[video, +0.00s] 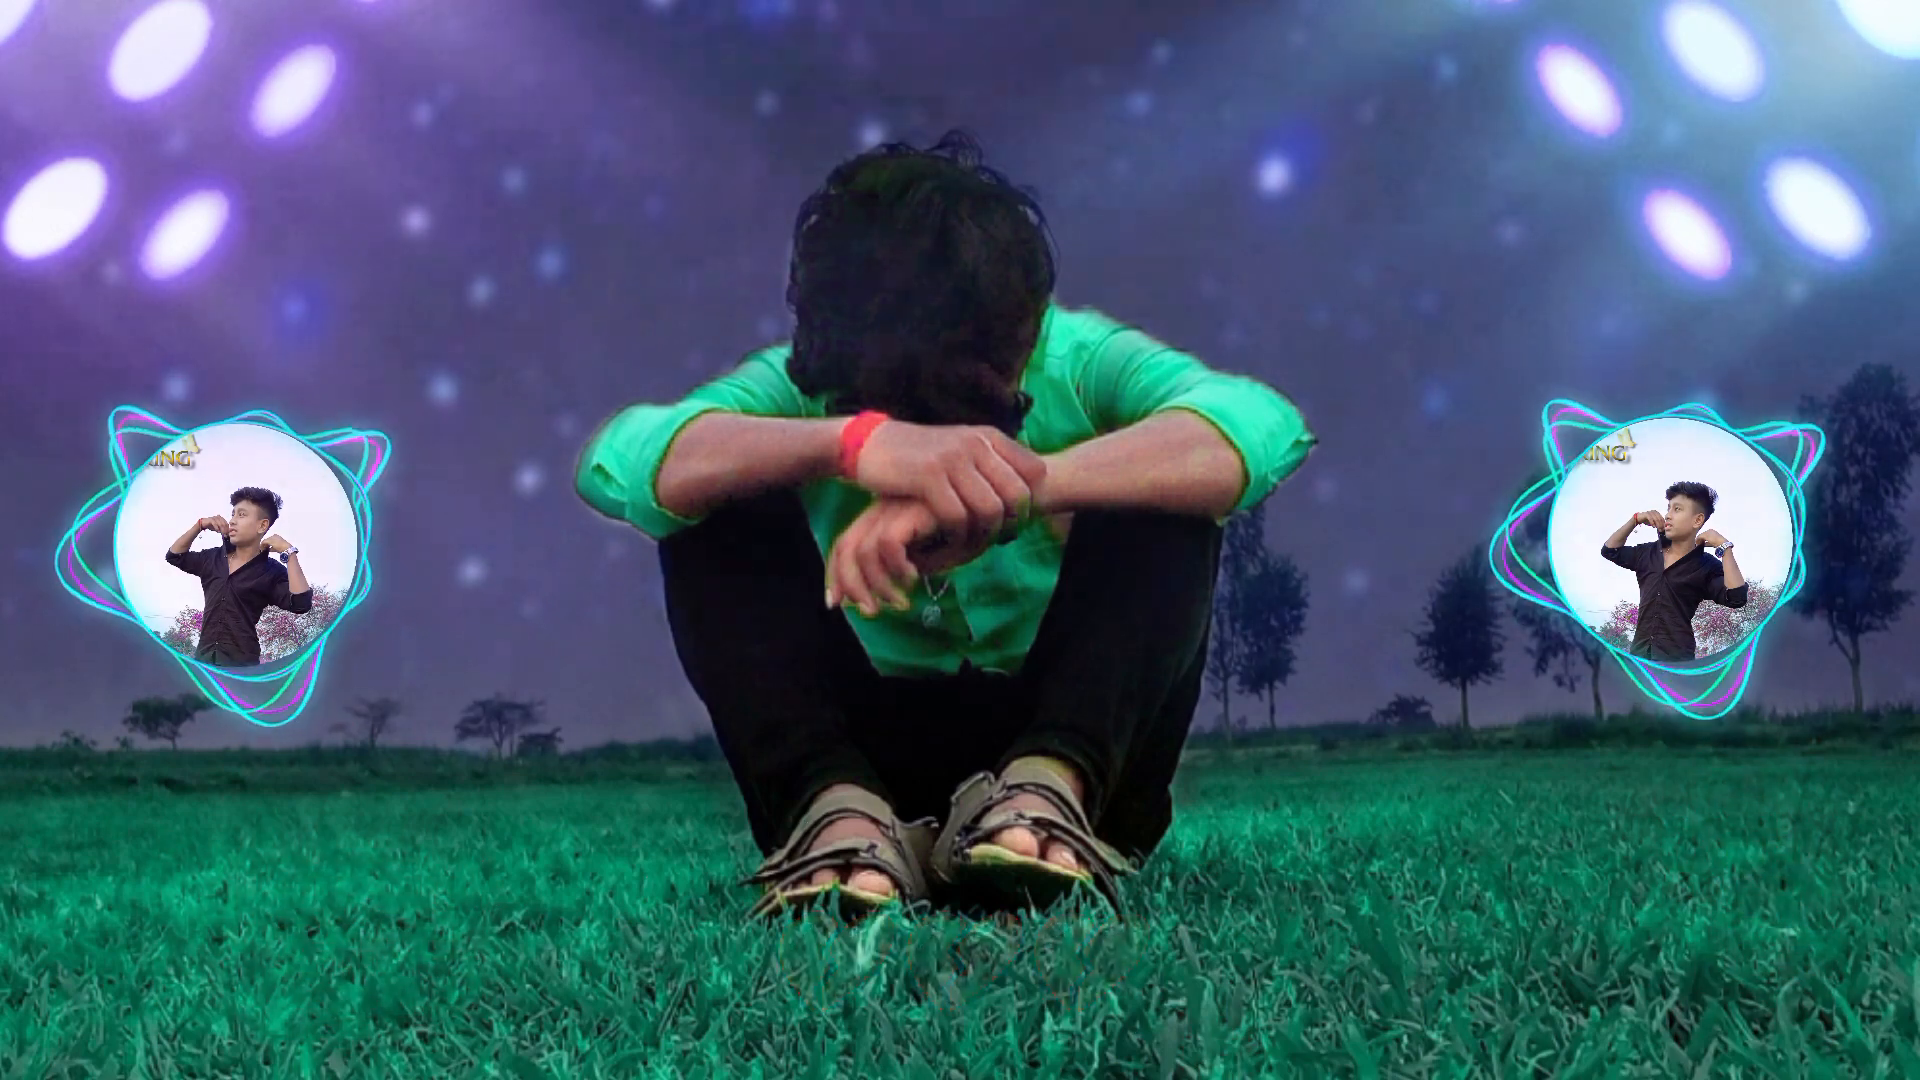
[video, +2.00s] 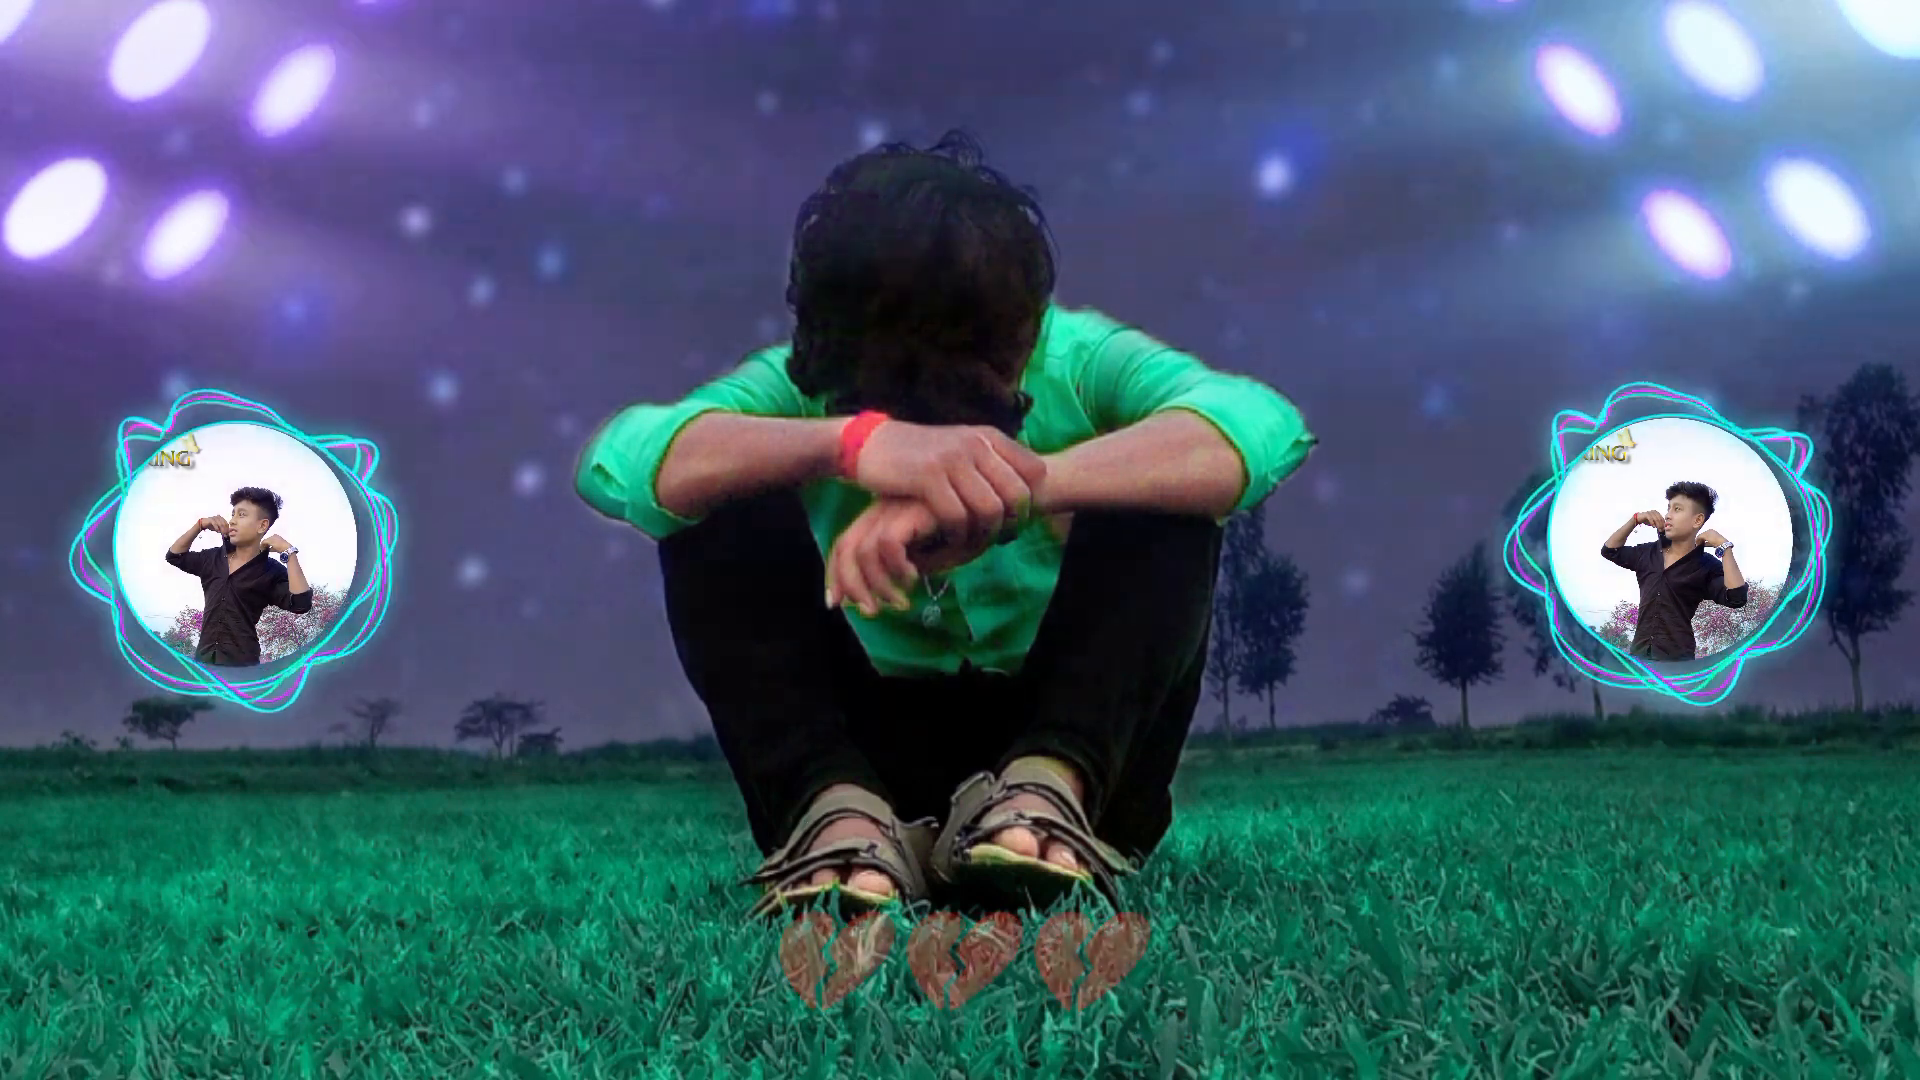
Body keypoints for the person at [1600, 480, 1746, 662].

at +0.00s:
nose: (1667, 515)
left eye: (1677, 509)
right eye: (1668, 509)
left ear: (1698, 520)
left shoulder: (1705, 564)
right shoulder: (1647, 553)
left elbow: (1737, 599)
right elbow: (1609, 551)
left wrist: (1725, 547)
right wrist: (1634, 520)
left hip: (1677, 660)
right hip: (1639, 655)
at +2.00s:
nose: (1667, 515)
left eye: (1677, 509)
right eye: (1668, 509)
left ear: (1698, 520)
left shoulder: (1705, 564)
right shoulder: (1647, 553)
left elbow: (1737, 599)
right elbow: (1609, 551)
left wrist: (1725, 547)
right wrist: (1634, 521)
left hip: (1677, 658)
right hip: (1639, 654)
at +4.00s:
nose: (1667, 515)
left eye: (1677, 509)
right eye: (1668, 509)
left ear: (1698, 520)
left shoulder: (1705, 564)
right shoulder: (1647, 553)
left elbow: (1737, 599)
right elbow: (1609, 551)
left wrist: (1725, 547)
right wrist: (1634, 520)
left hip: (1677, 658)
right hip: (1639, 653)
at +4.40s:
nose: (1667, 515)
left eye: (1677, 509)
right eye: (1668, 509)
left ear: (1698, 520)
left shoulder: (1705, 565)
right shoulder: (1647, 553)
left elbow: (1737, 599)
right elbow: (1609, 551)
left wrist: (1724, 547)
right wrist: (1634, 520)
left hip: (1677, 661)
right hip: (1638, 656)